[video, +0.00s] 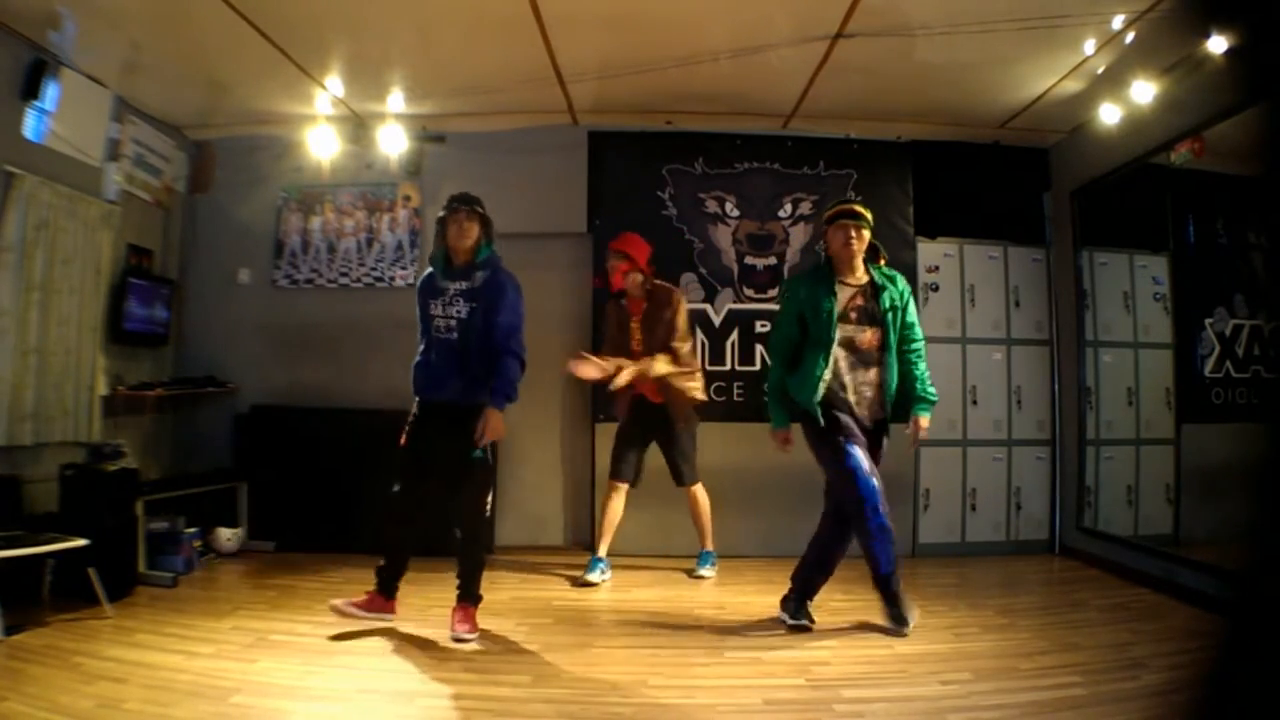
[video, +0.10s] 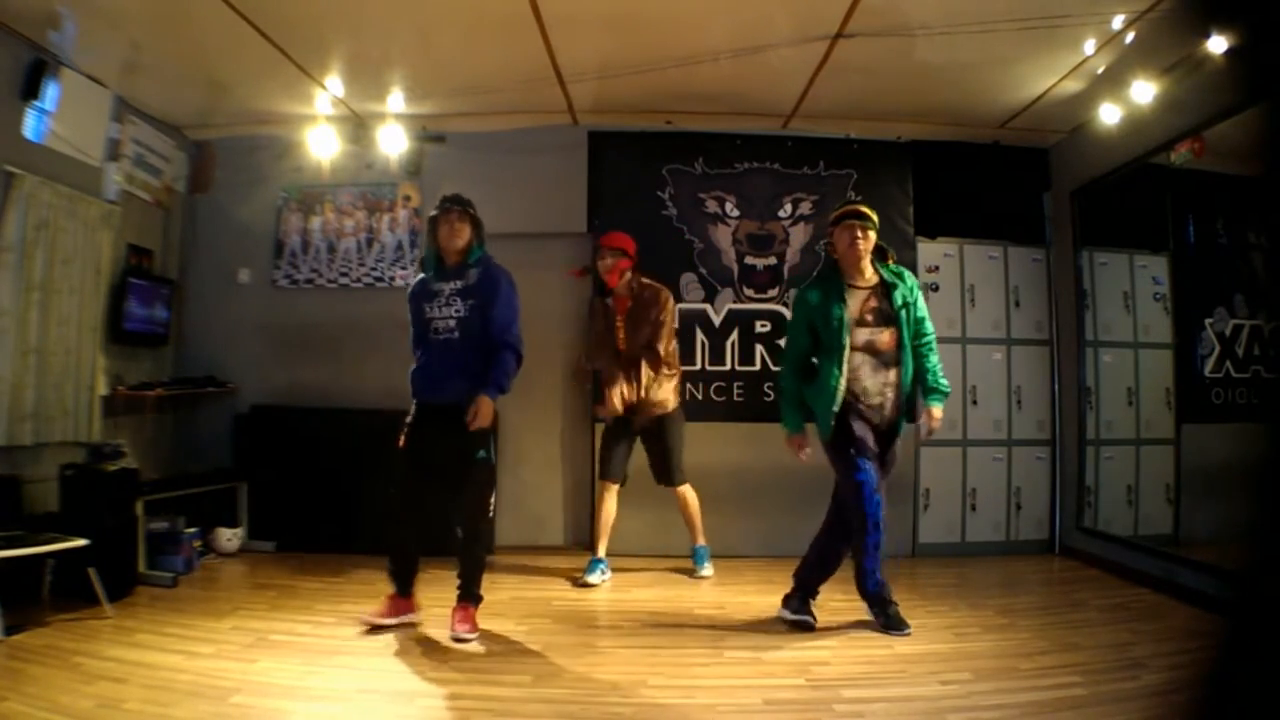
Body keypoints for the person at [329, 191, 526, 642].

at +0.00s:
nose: (459, 230)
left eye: (468, 222)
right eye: (452, 222)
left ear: (482, 230)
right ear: (443, 230)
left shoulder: (499, 283)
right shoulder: (430, 282)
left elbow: (510, 348)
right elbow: (427, 345)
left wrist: (497, 405)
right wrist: (418, 404)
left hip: (475, 411)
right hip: (431, 408)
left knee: (473, 510)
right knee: (406, 499)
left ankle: (466, 607)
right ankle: (384, 595)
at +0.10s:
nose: (452, 228)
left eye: (460, 221)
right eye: (445, 222)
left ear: (474, 231)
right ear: (434, 232)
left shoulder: (493, 280)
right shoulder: (422, 288)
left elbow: (509, 345)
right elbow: (421, 350)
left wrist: (490, 394)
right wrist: (416, 407)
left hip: (475, 408)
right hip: (428, 407)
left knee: (475, 507)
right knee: (406, 497)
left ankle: (466, 605)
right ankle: (402, 597)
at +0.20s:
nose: (443, 230)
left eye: (450, 223)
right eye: (436, 224)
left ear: (464, 232)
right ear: (423, 233)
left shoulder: (488, 275)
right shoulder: (411, 291)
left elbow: (508, 339)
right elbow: (406, 352)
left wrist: (488, 385)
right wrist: (409, 405)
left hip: (472, 410)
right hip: (425, 410)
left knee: (475, 506)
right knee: (418, 501)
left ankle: (467, 604)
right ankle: (422, 590)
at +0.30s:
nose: (435, 238)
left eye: (442, 231)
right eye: (428, 231)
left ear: (456, 238)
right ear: (415, 239)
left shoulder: (482, 278)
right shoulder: (400, 296)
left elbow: (506, 339)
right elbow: (388, 364)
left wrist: (488, 386)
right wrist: (395, 427)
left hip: (469, 411)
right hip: (420, 413)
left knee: (473, 506)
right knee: (418, 504)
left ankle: (466, 604)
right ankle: (425, 595)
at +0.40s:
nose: (434, 239)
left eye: (441, 231)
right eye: (426, 232)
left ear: (455, 238)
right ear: (414, 240)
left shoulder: (480, 279)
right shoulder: (398, 297)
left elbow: (506, 338)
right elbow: (381, 364)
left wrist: (494, 383)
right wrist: (381, 427)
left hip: (471, 411)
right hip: (420, 413)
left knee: (476, 503)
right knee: (417, 505)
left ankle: (470, 603)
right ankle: (424, 596)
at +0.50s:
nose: (443, 237)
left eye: (450, 229)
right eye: (434, 229)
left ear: (461, 235)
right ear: (421, 236)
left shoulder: (483, 279)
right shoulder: (399, 289)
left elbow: (504, 336)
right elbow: (382, 353)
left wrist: (490, 374)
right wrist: (396, 404)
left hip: (473, 407)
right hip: (423, 408)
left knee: (477, 501)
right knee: (420, 502)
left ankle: (478, 599)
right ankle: (425, 594)